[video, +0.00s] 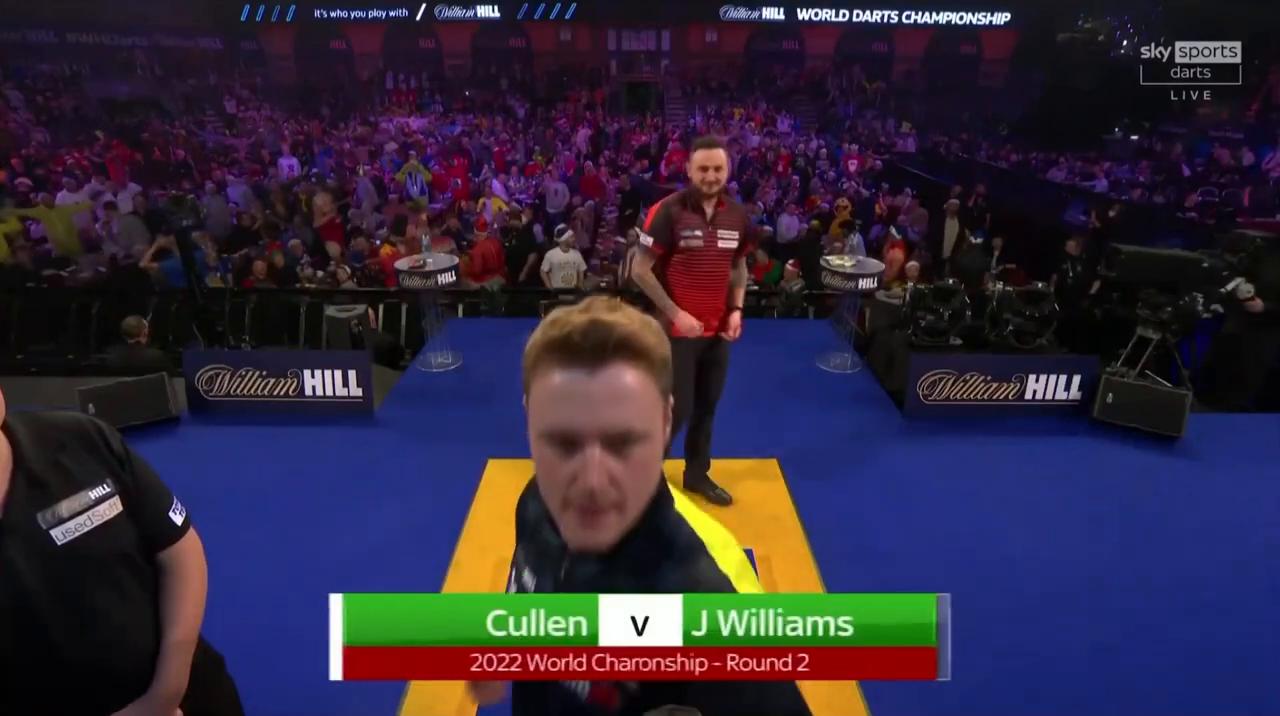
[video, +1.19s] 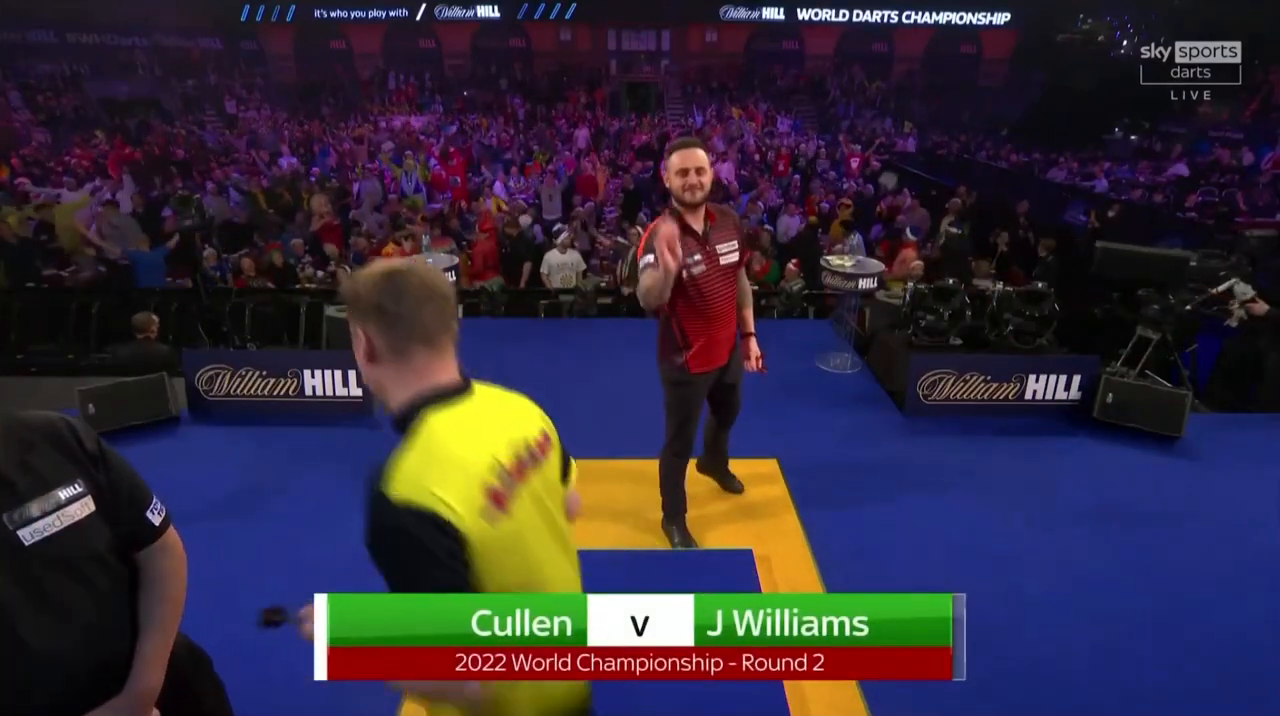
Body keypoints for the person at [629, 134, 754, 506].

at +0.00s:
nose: (710, 176)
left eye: (717, 169)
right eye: (703, 168)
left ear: (727, 171)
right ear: (689, 170)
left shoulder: (737, 216)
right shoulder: (668, 212)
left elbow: (738, 265)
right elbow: (640, 268)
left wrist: (735, 309)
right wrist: (674, 314)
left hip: (717, 332)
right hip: (679, 331)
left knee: (706, 408)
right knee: (677, 408)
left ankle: (697, 474)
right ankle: (645, 474)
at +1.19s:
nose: (693, 179)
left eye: (699, 170)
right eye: (682, 173)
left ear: (711, 174)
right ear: (666, 179)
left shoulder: (727, 219)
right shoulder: (661, 233)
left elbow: (739, 277)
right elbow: (649, 300)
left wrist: (749, 334)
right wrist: (668, 268)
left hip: (727, 346)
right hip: (685, 356)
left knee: (726, 410)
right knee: (680, 442)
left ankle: (713, 460)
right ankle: (674, 517)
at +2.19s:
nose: (696, 187)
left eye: (704, 178)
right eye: (685, 180)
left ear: (715, 181)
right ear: (669, 186)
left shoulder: (727, 230)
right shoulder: (661, 241)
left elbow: (736, 287)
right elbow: (672, 286)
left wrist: (745, 344)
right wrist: (690, 321)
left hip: (725, 352)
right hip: (680, 357)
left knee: (726, 413)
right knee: (678, 446)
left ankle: (719, 457)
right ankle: (674, 517)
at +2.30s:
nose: (696, 188)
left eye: (703, 178)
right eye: (685, 180)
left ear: (714, 182)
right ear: (669, 187)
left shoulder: (727, 231)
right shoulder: (660, 243)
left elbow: (737, 288)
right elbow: (677, 310)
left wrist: (745, 345)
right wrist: (705, 364)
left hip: (723, 353)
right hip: (680, 361)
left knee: (723, 416)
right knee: (677, 445)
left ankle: (715, 460)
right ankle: (674, 516)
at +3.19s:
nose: (692, 186)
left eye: (699, 177)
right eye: (682, 178)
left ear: (711, 182)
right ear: (666, 184)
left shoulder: (727, 228)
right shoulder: (653, 243)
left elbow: (740, 285)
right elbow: (636, 315)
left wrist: (745, 343)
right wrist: (665, 335)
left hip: (722, 355)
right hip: (679, 365)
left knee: (728, 409)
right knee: (677, 447)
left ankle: (715, 460)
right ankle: (673, 520)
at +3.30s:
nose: (689, 185)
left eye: (697, 176)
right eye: (678, 177)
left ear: (709, 180)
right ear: (663, 184)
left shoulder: (725, 227)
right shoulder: (652, 241)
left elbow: (740, 285)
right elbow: (635, 306)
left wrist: (745, 343)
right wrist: (657, 288)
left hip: (723, 353)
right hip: (680, 363)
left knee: (730, 410)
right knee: (677, 446)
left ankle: (715, 460)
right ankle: (674, 520)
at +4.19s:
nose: (695, 185)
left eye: (702, 176)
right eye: (684, 178)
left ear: (713, 180)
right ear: (667, 186)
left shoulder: (725, 228)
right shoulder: (660, 241)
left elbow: (737, 289)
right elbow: (670, 285)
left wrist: (745, 346)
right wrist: (673, 307)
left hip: (724, 354)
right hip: (683, 361)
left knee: (728, 412)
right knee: (678, 447)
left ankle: (719, 457)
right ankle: (674, 520)